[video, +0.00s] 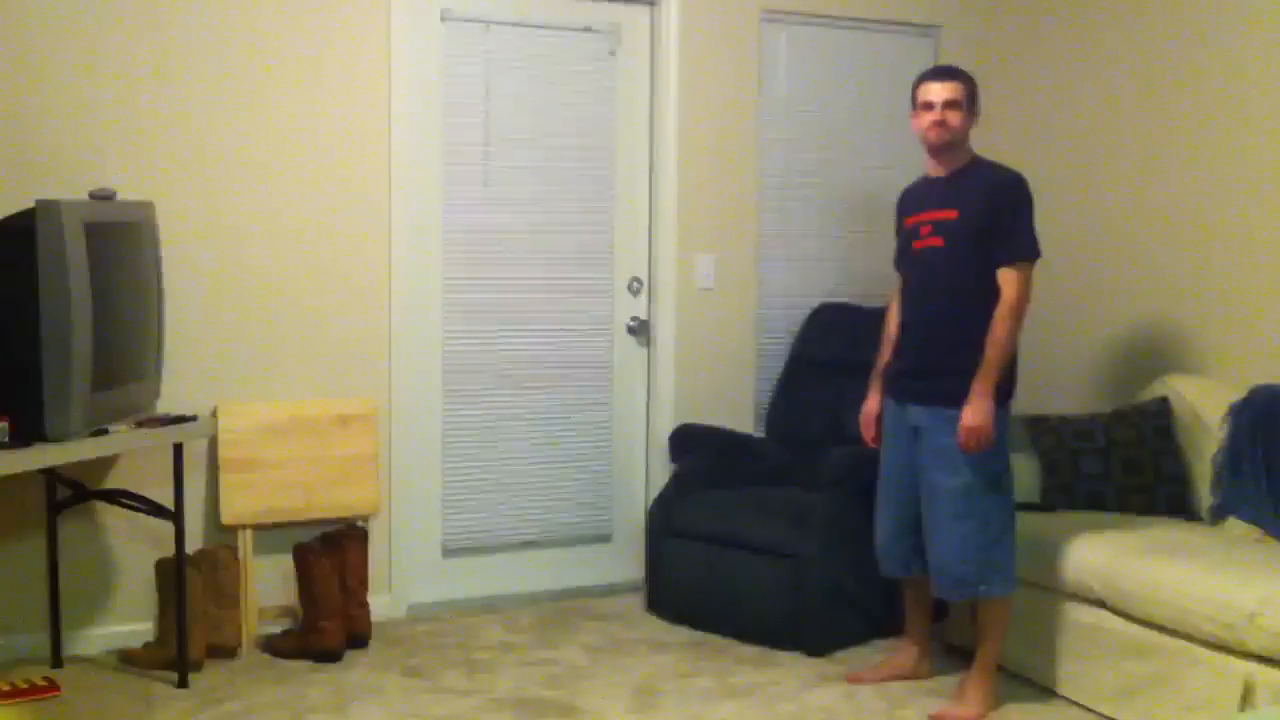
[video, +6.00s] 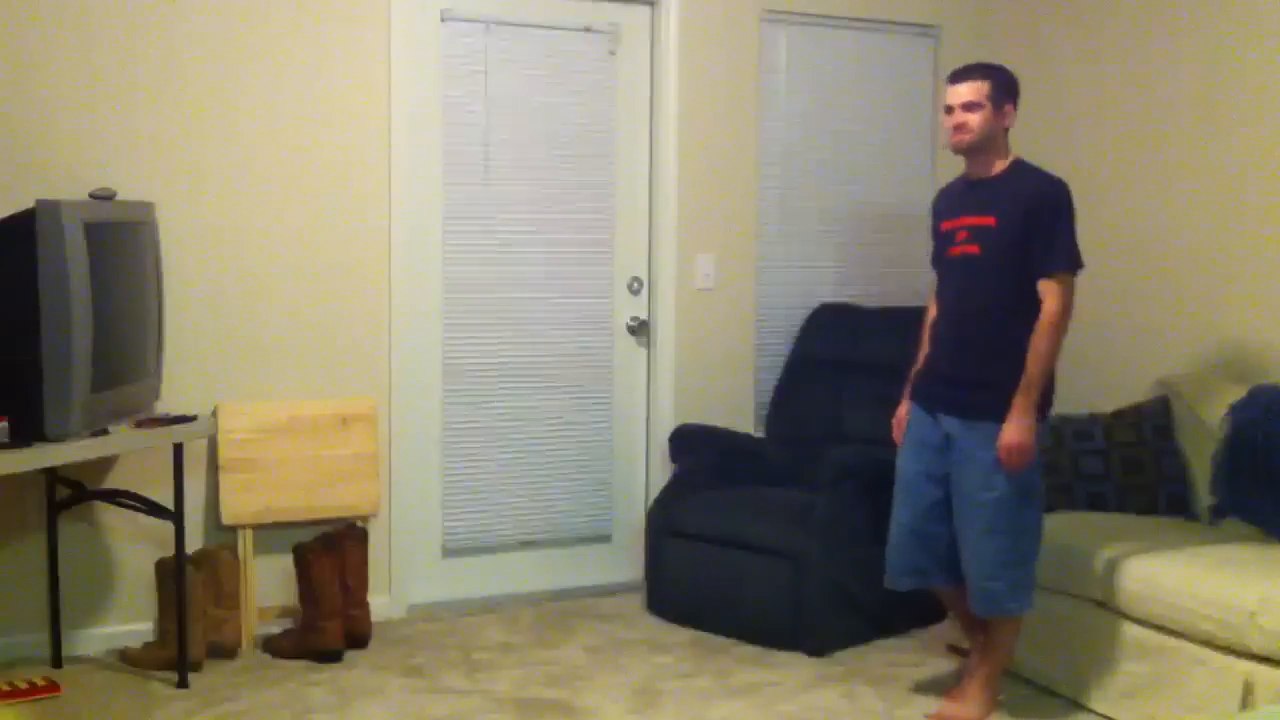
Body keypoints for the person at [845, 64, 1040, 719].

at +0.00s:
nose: (939, 117)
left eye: (952, 107)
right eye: (927, 107)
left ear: (972, 118)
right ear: (913, 119)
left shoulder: (1003, 188)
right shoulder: (911, 200)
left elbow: (1012, 300)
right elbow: (903, 299)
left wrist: (983, 395)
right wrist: (877, 387)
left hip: (966, 401)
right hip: (905, 397)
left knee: (982, 543)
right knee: (909, 529)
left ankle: (982, 677)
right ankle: (914, 650)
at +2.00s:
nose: (928, 118)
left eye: (941, 108)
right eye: (918, 109)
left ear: (967, 116)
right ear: (909, 121)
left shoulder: (999, 189)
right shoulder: (910, 201)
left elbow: (1010, 298)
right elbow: (902, 298)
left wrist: (979, 397)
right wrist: (875, 387)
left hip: (963, 403)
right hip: (903, 398)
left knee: (979, 541)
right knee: (907, 529)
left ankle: (983, 678)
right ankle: (914, 650)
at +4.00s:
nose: (964, 117)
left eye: (979, 107)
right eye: (962, 107)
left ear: (1020, 115)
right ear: (963, 115)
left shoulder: (1055, 196)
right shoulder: (961, 198)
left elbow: (1061, 312)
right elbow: (951, 306)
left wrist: (1029, 414)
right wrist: (918, 389)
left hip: (1002, 417)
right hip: (937, 406)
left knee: (999, 562)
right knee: (925, 538)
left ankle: (987, 690)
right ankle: (977, 644)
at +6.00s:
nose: (955, 119)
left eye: (969, 108)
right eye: (949, 110)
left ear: (1005, 115)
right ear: (944, 121)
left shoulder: (1042, 192)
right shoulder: (947, 201)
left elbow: (1054, 309)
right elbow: (940, 305)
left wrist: (1024, 411)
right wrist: (909, 395)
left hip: (998, 418)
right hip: (932, 409)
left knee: (996, 562)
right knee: (923, 544)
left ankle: (984, 688)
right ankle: (978, 643)